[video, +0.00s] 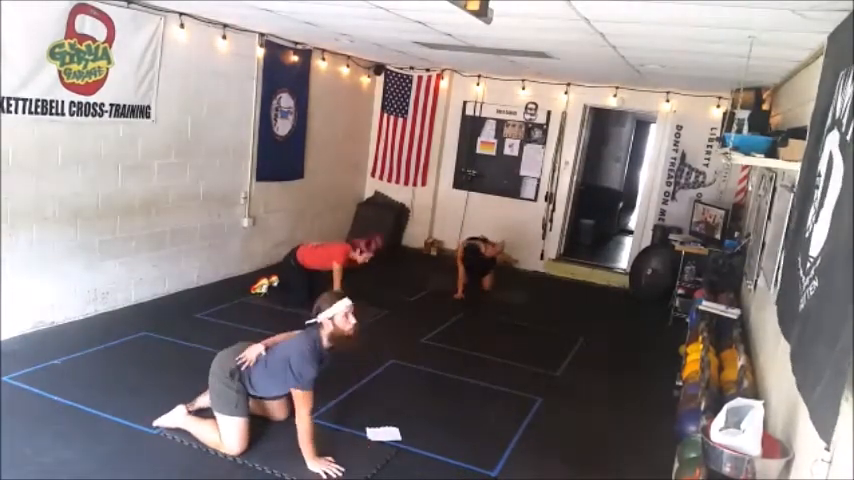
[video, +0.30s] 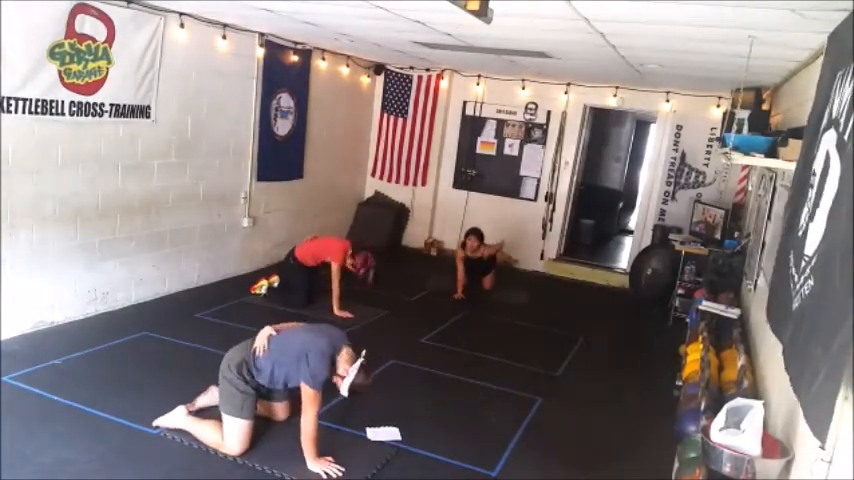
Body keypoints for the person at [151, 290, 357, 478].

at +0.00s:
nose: (353, 318)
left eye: (351, 312)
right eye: (346, 315)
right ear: (326, 320)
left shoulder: (322, 335)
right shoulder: (305, 358)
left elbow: (294, 335)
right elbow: (303, 413)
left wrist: (262, 345)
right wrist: (311, 459)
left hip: (253, 356)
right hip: (229, 370)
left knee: (279, 410)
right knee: (233, 445)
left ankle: (217, 401)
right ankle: (182, 418)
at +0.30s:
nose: (336, 384)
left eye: (340, 383)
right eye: (341, 383)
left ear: (349, 369)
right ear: (344, 373)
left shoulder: (339, 337)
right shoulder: (316, 361)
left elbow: (301, 326)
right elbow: (310, 414)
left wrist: (271, 329)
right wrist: (312, 459)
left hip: (266, 357)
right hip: (240, 367)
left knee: (280, 410)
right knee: (234, 446)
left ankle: (219, 397)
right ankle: (181, 418)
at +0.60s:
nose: (362, 328)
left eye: (362, 321)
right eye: (356, 323)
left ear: (338, 323)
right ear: (335, 324)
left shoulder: (323, 335)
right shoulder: (309, 356)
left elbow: (296, 337)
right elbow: (305, 413)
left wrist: (267, 343)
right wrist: (311, 458)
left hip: (256, 357)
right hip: (231, 369)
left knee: (278, 411)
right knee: (233, 445)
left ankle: (220, 399)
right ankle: (181, 419)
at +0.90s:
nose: (335, 381)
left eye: (339, 382)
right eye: (340, 381)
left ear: (347, 364)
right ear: (342, 370)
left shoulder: (330, 337)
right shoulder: (311, 362)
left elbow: (292, 329)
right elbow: (308, 414)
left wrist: (265, 332)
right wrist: (312, 458)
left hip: (260, 357)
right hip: (234, 367)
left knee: (280, 410)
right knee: (232, 445)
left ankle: (220, 397)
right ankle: (181, 415)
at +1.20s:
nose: (351, 323)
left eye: (349, 318)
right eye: (344, 321)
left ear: (331, 326)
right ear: (326, 326)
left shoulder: (319, 341)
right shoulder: (302, 359)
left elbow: (293, 342)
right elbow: (301, 414)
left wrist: (266, 345)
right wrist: (311, 458)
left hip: (253, 358)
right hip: (228, 370)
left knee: (279, 411)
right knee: (232, 445)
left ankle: (218, 400)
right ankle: (181, 416)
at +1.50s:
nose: (332, 385)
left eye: (335, 386)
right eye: (337, 386)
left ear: (344, 375)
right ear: (346, 376)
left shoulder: (333, 342)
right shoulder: (315, 364)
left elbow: (296, 334)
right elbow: (309, 415)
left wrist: (271, 331)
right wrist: (311, 457)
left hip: (261, 358)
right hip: (236, 368)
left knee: (280, 410)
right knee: (233, 445)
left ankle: (221, 397)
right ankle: (180, 416)